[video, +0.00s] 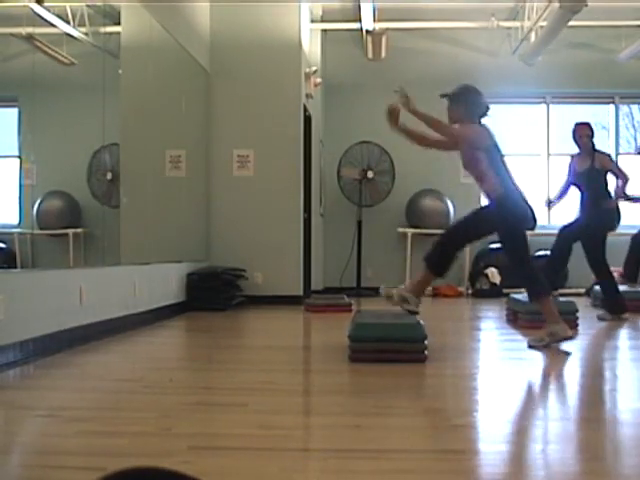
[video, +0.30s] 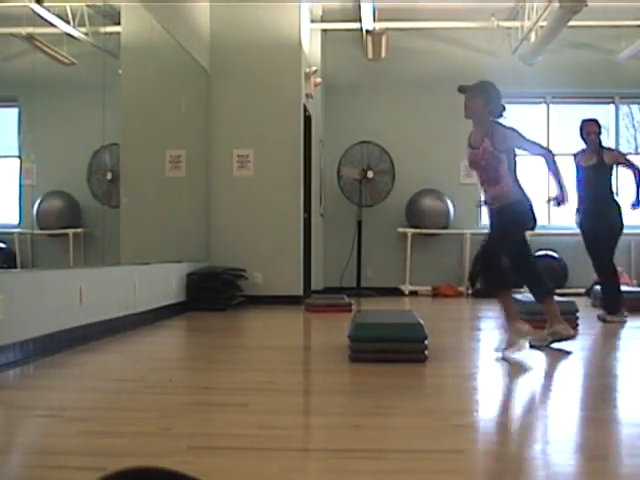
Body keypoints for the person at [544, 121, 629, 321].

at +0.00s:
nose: (584, 140)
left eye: (587, 136)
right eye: (579, 137)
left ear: (592, 137)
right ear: (575, 139)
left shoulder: (602, 159)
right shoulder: (574, 161)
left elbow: (623, 178)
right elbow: (568, 184)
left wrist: (618, 196)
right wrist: (555, 200)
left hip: (606, 214)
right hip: (587, 215)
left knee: (566, 234)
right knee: (597, 263)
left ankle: (551, 280)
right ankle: (616, 307)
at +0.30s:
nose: (591, 137)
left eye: (595, 133)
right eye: (587, 134)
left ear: (600, 134)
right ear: (582, 136)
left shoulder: (610, 155)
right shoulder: (578, 157)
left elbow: (635, 169)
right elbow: (579, 185)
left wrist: (637, 196)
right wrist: (579, 209)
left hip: (609, 212)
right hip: (587, 213)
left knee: (605, 260)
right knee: (599, 261)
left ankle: (615, 308)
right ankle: (611, 307)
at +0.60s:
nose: (591, 134)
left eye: (594, 129)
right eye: (587, 130)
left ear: (600, 130)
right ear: (581, 133)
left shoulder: (610, 150)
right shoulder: (577, 151)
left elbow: (606, 161)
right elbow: (553, 165)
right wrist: (547, 156)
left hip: (607, 210)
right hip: (585, 209)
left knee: (609, 259)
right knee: (563, 233)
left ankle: (617, 311)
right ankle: (573, 282)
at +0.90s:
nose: (567, 124)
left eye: (569, 120)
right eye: (562, 121)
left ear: (576, 121)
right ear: (557, 124)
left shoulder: (588, 139)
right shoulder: (555, 143)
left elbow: (603, 154)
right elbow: (529, 160)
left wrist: (583, 162)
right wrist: (541, 154)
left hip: (590, 200)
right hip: (566, 199)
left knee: (590, 249)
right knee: (554, 242)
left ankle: (607, 298)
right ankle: (552, 289)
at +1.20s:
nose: (554, 123)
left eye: (557, 118)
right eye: (550, 118)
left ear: (567, 117)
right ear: (547, 119)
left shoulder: (584, 132)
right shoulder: (546, 140)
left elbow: (606, 141)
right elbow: (543, 159)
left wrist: (607, 170)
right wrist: (548, 180)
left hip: (585, 189)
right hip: (561, 190)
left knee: (569, 232)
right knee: (556, 234)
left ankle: (560, 284)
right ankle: (552, 284)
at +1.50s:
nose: (562, 116)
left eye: (566, 111)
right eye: (562, 112)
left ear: (578, 112)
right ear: (564, 114)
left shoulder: (594, 130)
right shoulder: (562, 134)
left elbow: (612, 133)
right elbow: (534, 139)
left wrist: (596, 130)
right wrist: (517, 130)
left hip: (599, 194)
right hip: (576, 194)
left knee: (590, 239)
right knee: (562, 240)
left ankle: (604, 290)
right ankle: (553, 288)